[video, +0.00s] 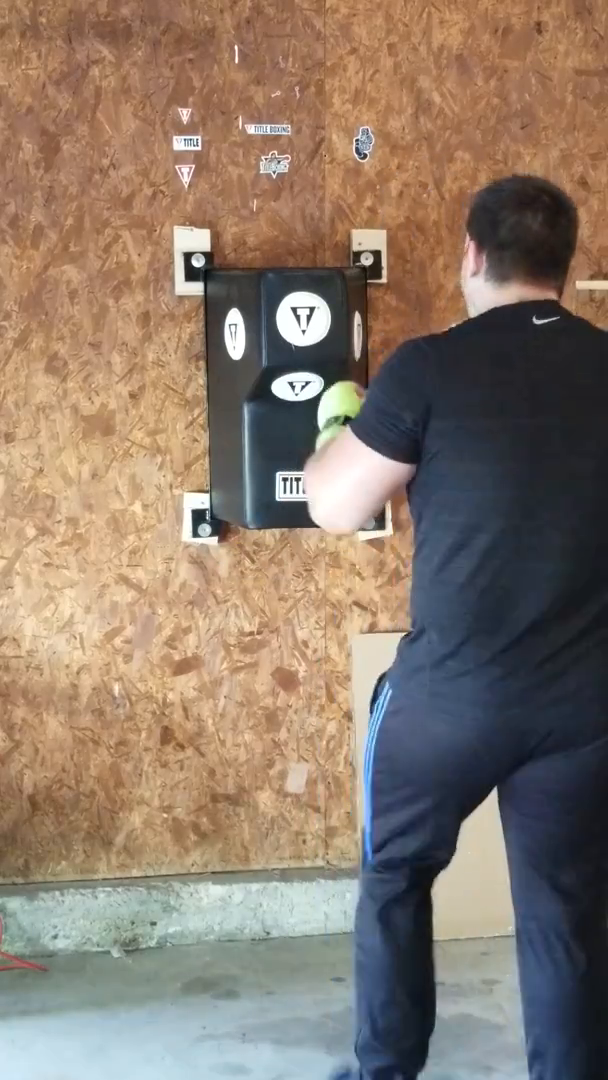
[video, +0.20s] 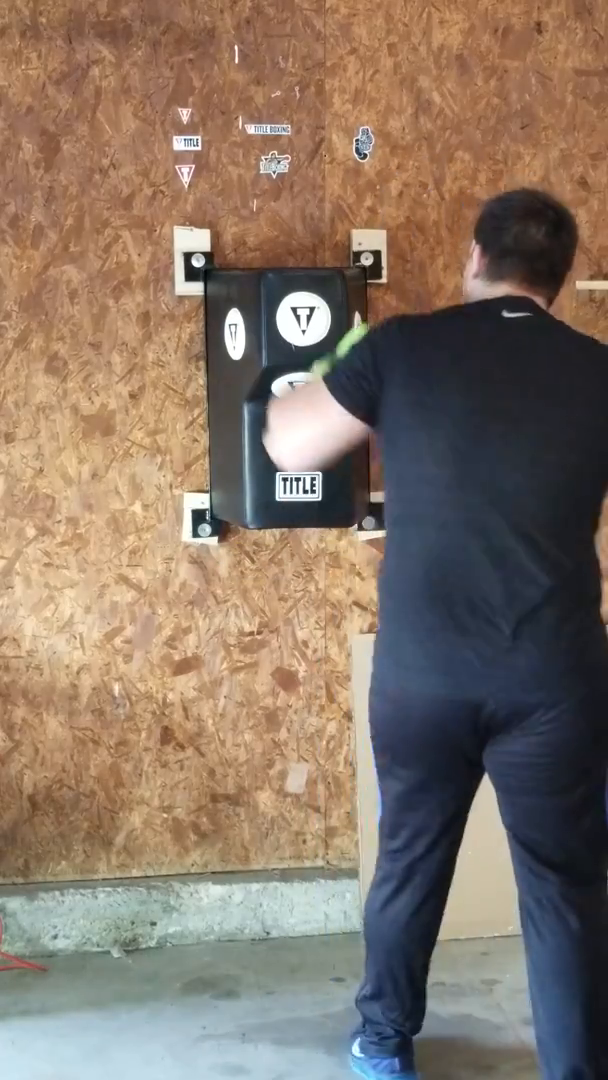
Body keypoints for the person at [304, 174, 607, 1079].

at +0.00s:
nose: (459, 262)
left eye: (462, 251)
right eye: (462, 250)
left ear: (473, 255)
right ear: (567, 264)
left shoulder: (430, 366)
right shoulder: (602, 357)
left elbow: (339, 505)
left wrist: (335, 459)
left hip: (458, 686)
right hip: (586, 691)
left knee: (395, 873)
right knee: (567, 919)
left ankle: (384, 1064)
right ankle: (566, 1071)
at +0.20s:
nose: (463, 265)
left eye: (466, 253)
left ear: (473, 260)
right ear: (563, 278)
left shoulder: (403, 346)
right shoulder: (596, 370)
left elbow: (292, 445)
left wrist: (290, 392)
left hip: (425, 661)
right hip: (556, 666)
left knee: (409, 858)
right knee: (565, 887)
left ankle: (382, 1044)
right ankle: (576, 1065)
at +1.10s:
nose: (388, 317)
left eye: (392, 306)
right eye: (394, 309)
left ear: (406, 307)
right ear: (481, 315)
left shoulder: (362, 365)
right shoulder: (547, 403)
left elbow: (250, 442)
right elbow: (546, 539)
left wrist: (309, 386)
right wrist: (479, 525)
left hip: (363, 648)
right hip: (483, 660)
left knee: (313, 825)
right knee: (520, 837)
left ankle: (273, 1013)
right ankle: (571, 1029)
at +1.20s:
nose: (328, 327)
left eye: (325, 315)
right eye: (325, 317)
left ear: (343, 309)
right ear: (417, 299)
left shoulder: (347, 366)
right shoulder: (499, 382)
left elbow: (249, 464)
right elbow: (477, 483)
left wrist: (284, 386)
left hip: (368, 641)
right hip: (478, 646)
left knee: (304, 828)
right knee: (491, 823)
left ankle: (272, 1014)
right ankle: (562, 1010)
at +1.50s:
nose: (232, 372)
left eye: (226, 357)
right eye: (229, 359)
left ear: (237, 347)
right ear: (306, 310)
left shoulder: (283, 398)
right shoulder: (401, 359)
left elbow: (256, 544)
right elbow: (365, 480)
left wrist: (201, 498)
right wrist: (255, 455)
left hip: (353, 638)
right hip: (464, 625)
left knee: (296, 829)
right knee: (487, 818)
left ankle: (274, 1013)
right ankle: (558, 1009)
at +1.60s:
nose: (231, 346)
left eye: (230, 332)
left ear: (242, 325)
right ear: (320, 297)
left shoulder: (240, 387)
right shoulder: (411, 340)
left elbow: (208, 525)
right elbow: (457, 442)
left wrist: (148, 545)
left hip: (321, 639)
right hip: (438, 623)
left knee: (300, 825)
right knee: (497, 807)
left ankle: (276, 1015)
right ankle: (567, 1005)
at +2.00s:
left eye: (254, 314)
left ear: (259, 311)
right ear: (338, 293)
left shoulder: (227, 378)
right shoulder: (410, 340)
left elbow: (191, 517)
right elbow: (470, 457)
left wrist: (240, 477)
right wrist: (387, 440)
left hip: (293, 638)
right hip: (415, 625)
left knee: (292, 826)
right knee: (471, 813)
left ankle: (273, 1014)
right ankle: (537, 1002)